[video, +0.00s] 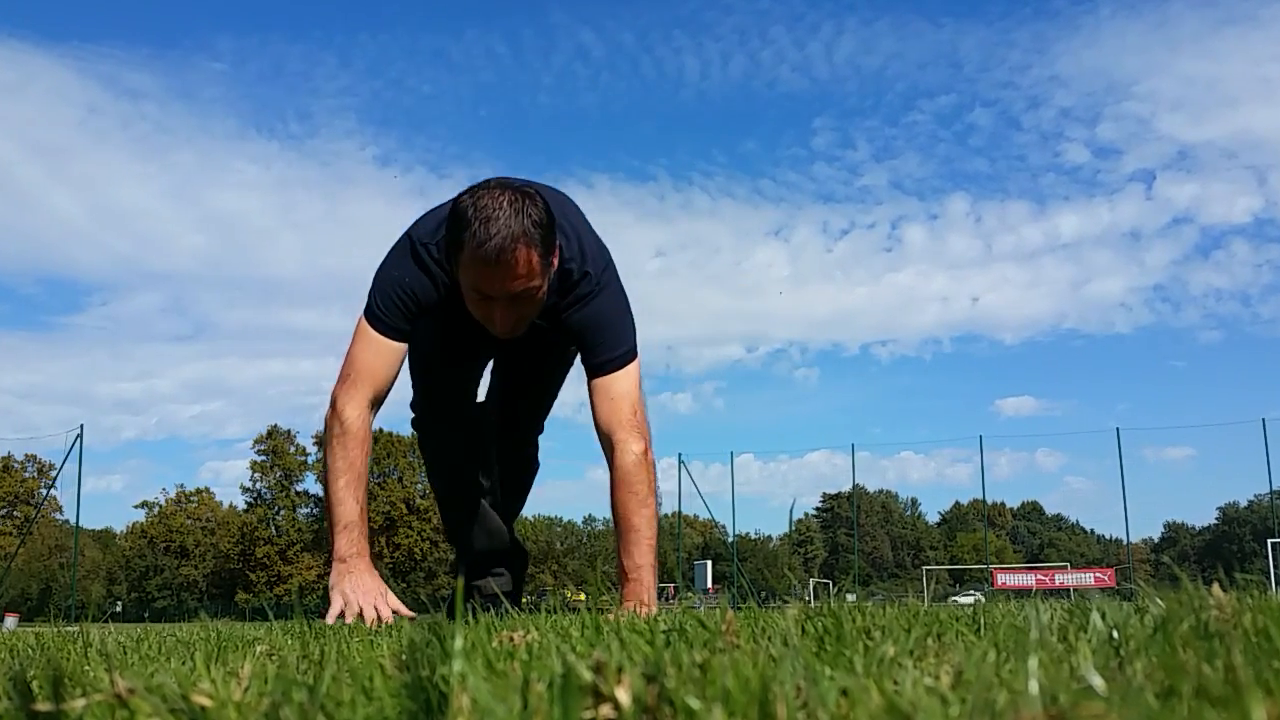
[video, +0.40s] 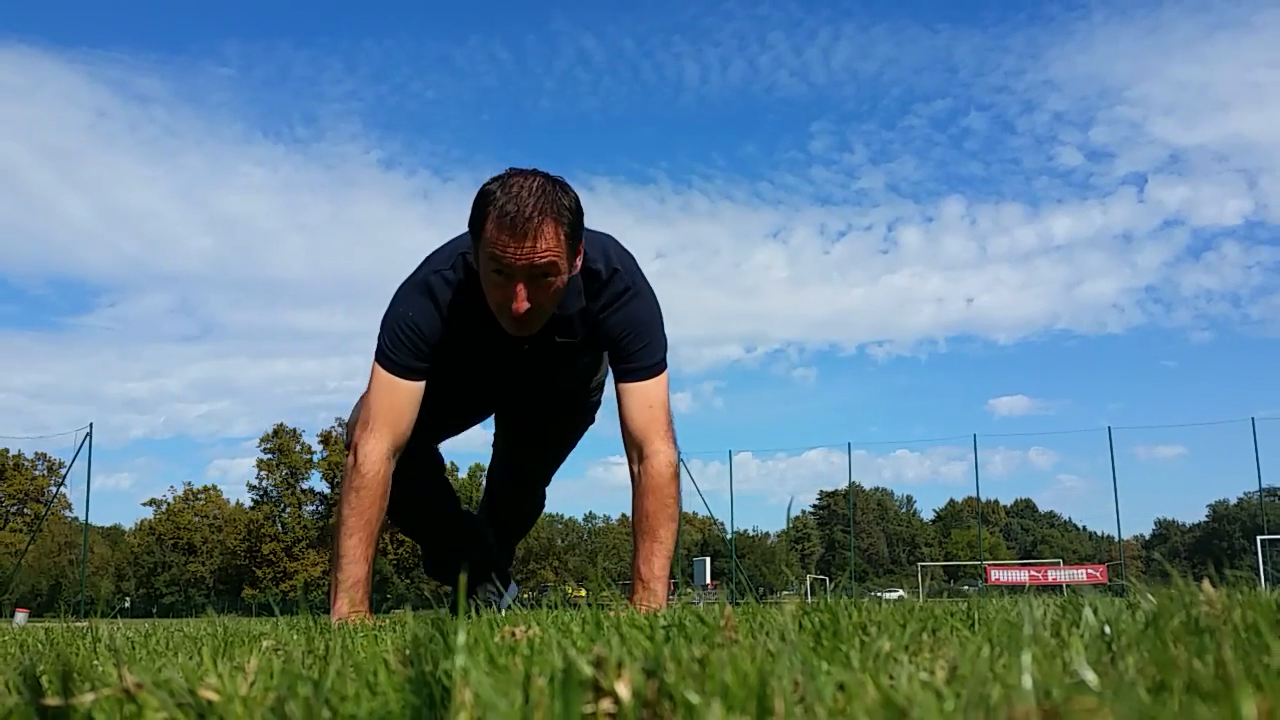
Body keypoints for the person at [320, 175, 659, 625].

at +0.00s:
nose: (502, 317)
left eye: (521, 297)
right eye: (484, 298)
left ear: (552, 265)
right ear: (457, 268)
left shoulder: (588, 279)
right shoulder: (414, 266)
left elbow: (629, 442)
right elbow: (350, 406)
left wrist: (639, 602)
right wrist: (350, 562)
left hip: (550, 320)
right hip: (451, 312)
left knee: (515, 432)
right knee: (440, 426)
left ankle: (476, 578)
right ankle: (494, 579)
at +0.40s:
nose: (519, 300)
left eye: (541, 277)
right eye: (500, 274)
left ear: (575, 261)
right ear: (476, 253)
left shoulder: (620, 292)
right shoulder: (427, 298)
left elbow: (652, 451)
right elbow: (372, 446)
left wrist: (648, 608)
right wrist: (348, 614)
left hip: (561, 374)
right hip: (469, 367)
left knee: (517, 488)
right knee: (379, 437)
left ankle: (480, 593)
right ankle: (477, 580)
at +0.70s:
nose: (518, 307)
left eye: (539, 283)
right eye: (498, 282)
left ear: (571, 266)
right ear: (469, 261)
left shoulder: (611, 295)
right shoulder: (419, 302)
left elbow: (658, 456)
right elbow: (362, 456)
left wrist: (650, 611)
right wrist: (342, 618)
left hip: (548, 407)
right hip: (451, 401)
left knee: (507, 518)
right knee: (425, 523)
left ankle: (472, 603)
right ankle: (388, 597)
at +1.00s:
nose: (506, 324)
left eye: (527, 302)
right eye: (487, 300)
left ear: (555, 286)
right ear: (457, 279)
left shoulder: (589, 320)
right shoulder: (412, 309)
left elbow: (632, 463)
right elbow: (355, 461)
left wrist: (646, 612)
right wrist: (337, 622)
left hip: (511, 421)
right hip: (424, 415)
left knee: (483, 530)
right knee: (410, 525)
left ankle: (466, 627)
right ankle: (392, 614)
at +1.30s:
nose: (515, 341)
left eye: (537, 318)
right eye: (496, 317)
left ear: (562, 302)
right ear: (465, 296)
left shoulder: (595, 325)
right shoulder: (417, 320)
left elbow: (624, 467)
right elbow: (354, 466)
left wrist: (629, 611)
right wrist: (337, 623)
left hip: (523, 405)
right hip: (435, 402)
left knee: (488, 520)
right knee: (428, 512)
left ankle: (472, 620)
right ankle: (426, 624)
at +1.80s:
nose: (513, 327)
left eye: (532, 304)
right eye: (494, 302)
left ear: (559, 291)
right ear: (466, 288)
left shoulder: (596, 328)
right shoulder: (423, 328)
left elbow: (628, 471)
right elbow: (365, 467)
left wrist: (631, 614)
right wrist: (353, 619)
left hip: (548, 431)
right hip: (462, 423)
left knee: (517, 538)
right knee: (440, 532)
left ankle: (518, 627)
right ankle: (426, 630)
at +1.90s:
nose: (515, 326)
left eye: (534, 302)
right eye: (496, 301)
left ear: (560, 289)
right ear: (468, 287)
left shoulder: (599, 328)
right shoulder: (424, 329)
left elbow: (628, 472)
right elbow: (363, 468)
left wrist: (630, 612)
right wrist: (349, 618)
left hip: (549, 434)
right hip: (460, 426)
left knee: (521, 542)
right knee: (442, 531)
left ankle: (509, 630)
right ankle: (425, 627)